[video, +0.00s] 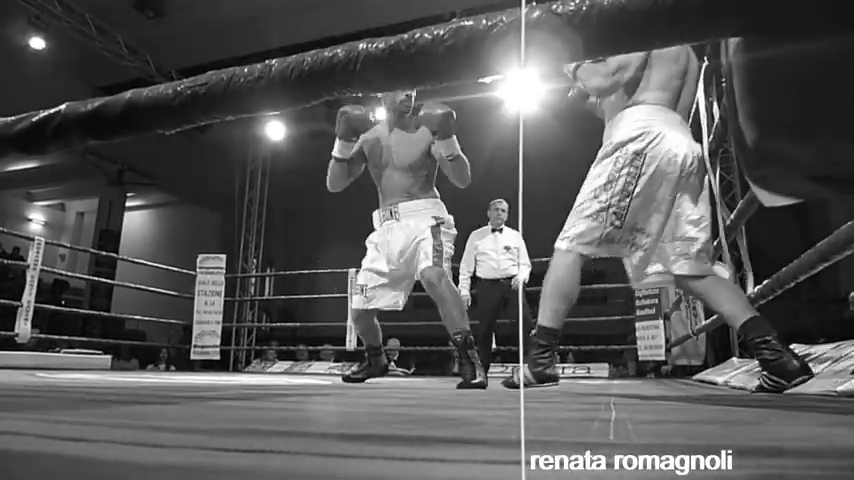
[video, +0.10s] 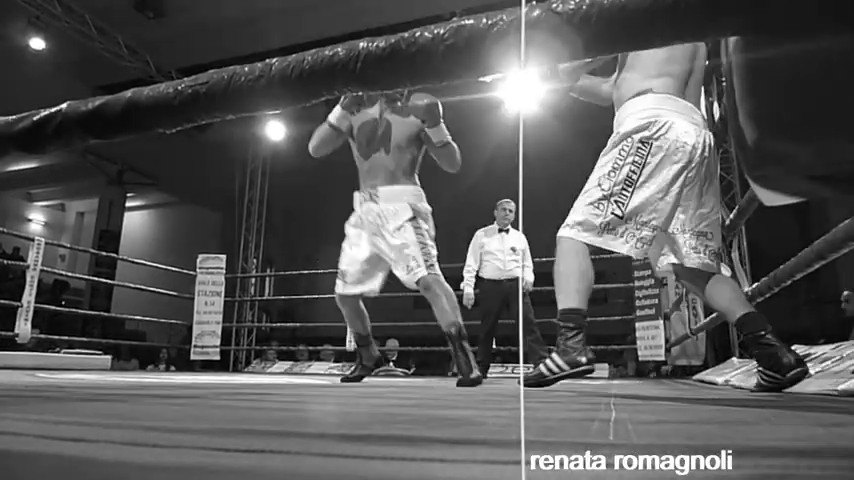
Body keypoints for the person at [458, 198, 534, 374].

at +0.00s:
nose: (499, 214)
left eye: (503, 211)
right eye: (496, 210)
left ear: (507, 215)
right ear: (488, 213)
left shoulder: (515, 236)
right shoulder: (476, 236)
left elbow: (525, 263)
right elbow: (466, 267)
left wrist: (521, 277)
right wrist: (464, 291)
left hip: (511, 284)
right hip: (486, 284)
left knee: (525, 321)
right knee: (484, 329)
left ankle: (531, 365)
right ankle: (481, 370)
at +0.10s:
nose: (507, 214)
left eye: (510, 211)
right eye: (503, 210)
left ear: (514, 215)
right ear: (495, 212)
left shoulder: (519, 237)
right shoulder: (482, 235)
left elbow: (527, 262)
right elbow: (471, 264)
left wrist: (528, 279)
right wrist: (468, 289)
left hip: (515, 284)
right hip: (490, 284)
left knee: (528, 323)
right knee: (487, 328)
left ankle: (542, 362)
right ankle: (481, 368)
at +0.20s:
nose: (514, 214)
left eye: (517, 211)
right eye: (511, 210)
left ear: (521, 215)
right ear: (502, 213)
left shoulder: (525, 239)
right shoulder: (488, 235)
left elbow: (531, 267)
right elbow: (476, 264)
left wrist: (535, 282)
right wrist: (474, 287)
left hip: (520, 285)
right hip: (495, 285)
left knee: (532, 323)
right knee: (490, 327)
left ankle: (544, 362)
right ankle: (481, 368)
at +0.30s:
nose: (524, 213)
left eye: (527, 211)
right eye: (521, 210)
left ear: (530, 216)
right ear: (512, 211)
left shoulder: (533, 239)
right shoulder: (496, 233)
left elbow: (537, 267)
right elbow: (484, 261)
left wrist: (540, 286)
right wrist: (482, 285)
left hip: (527, 284)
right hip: (503, 283)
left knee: (539, 321)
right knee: (495, 325)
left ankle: (544, 364)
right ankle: (481, 367)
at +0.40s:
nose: (537, 209)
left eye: (541, 206)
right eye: (533, 205)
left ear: (544, 210)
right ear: (525, 208)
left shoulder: (544, 232)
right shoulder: (510, 228)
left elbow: (548, 261)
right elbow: (498, 258)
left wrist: (548, 286)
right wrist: (496, 284)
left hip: (535, 280)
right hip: (512, 279)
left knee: (545, 320)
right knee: (507, 323)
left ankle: (548, 364)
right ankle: (482, 365)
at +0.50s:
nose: (544, 206)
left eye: (547, 202)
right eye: (540, 202)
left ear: (551, 206)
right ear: (530, 205)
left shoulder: (551, 227)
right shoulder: (517, 225)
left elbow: (556, 256)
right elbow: (506, 255)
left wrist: (555, 280)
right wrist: (504, 281)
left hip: (544, 276)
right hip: (523, 275)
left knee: (549, 318)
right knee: (519, 320)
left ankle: (549, 360)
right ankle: (496, 358)